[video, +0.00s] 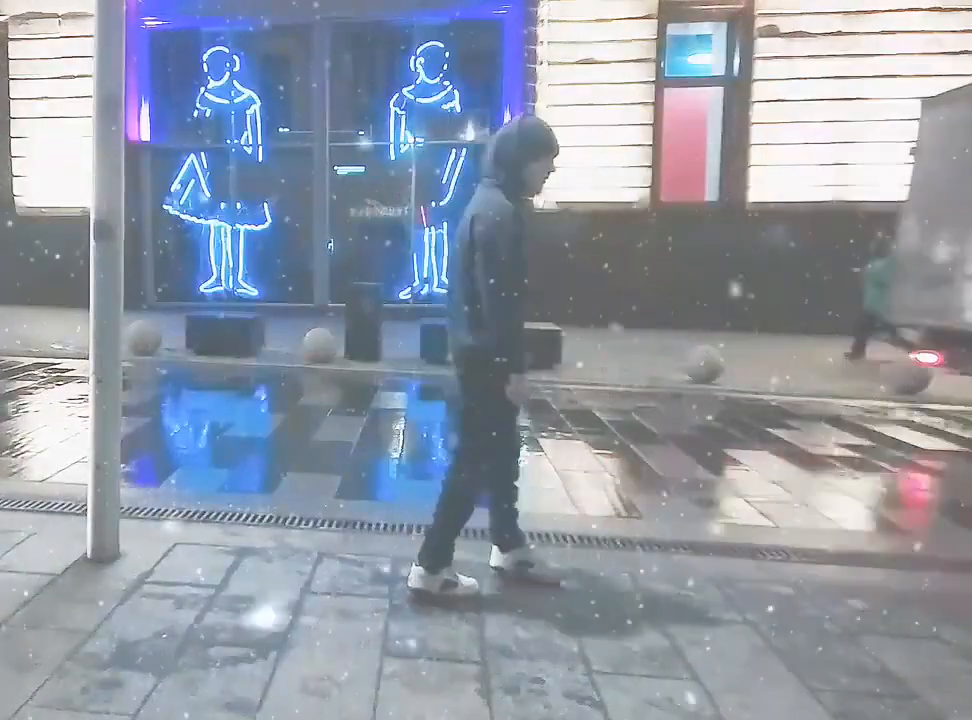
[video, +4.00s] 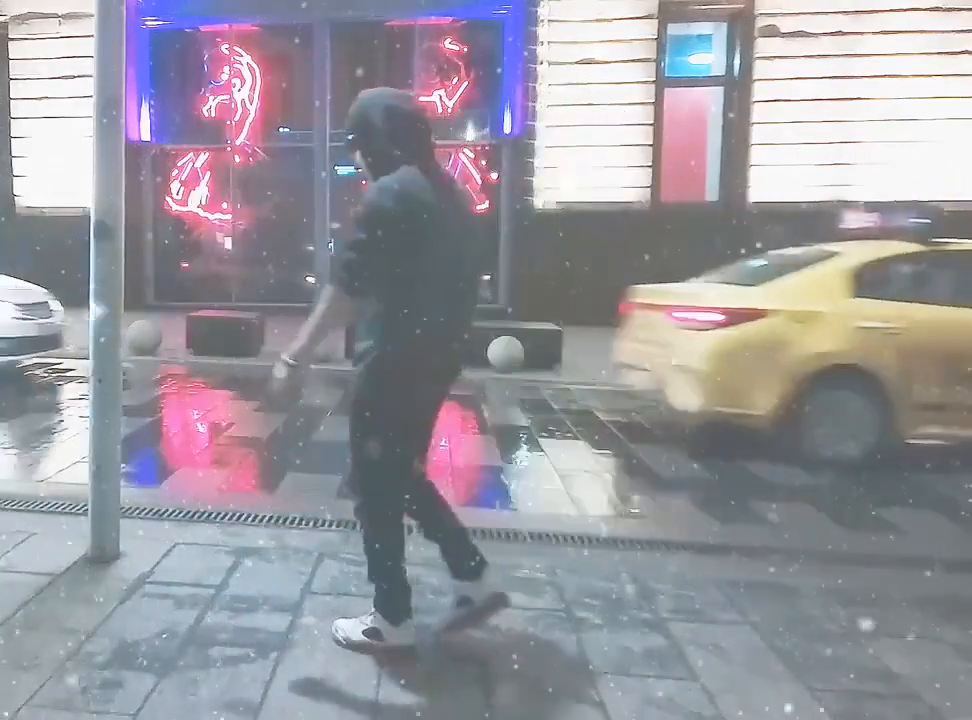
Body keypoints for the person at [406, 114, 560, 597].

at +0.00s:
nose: (549, 173)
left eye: (551, 164)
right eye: (545, 163)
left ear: (511, 162)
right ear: (520, 160)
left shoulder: (490, 204)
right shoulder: (497, 211)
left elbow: (494, 293)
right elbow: (496, 295)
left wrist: (507, 356)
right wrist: (510, 366)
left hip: (482, 350)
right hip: (482, 353)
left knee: (502, 449)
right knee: (474, 459)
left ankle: (509, 549)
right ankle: (430, 566)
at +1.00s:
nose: (564, 158)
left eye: (572, 149)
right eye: (554, 148)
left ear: (582, 158)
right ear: (532, 153)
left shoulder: (591, 218)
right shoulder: (501, 213)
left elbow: (608, 292)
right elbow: (483, 292)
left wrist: (613, 355)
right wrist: (493, 356)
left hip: (578, 362)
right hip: (522, 362)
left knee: (594, 465)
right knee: (532, 475)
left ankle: (546, 524)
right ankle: (536, 575)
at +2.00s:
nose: (594, 137)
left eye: (606, 126)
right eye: (584, 128)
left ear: (628, 136)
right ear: (572, 140)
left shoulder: (666, 205)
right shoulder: (552, 207)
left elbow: (691, 289)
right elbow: (530, 293)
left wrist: (653, 353)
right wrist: (507, 351)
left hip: (629, 387)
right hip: (558, 384)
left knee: (627, 516)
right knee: (537, 497)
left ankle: (615, 627)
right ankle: (544, 573)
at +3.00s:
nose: (494, 161)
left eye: (503, 148)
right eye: (491, 150)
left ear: (539, 143)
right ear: (499, 149)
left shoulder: (591, 205)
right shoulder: (502, 205)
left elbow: (612, 296)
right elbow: (472, 284)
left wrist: (573, 374)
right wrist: (432, 337)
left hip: (541, 384)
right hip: (490, 379)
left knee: (524, 501)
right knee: (499, 501)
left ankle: (592, 601)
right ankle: (517, 627)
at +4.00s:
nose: (356, 155)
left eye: (359, 143)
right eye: (355, 144)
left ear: (379, 141)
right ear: (413, 137)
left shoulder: (390, 197)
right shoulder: (449, 193)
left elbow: (347, 286)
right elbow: (460, 284)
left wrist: (297, 352)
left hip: (399, 354)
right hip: (441, 351)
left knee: (373, 477)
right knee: (404, 469)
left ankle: (391, 618)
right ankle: (474, 579)